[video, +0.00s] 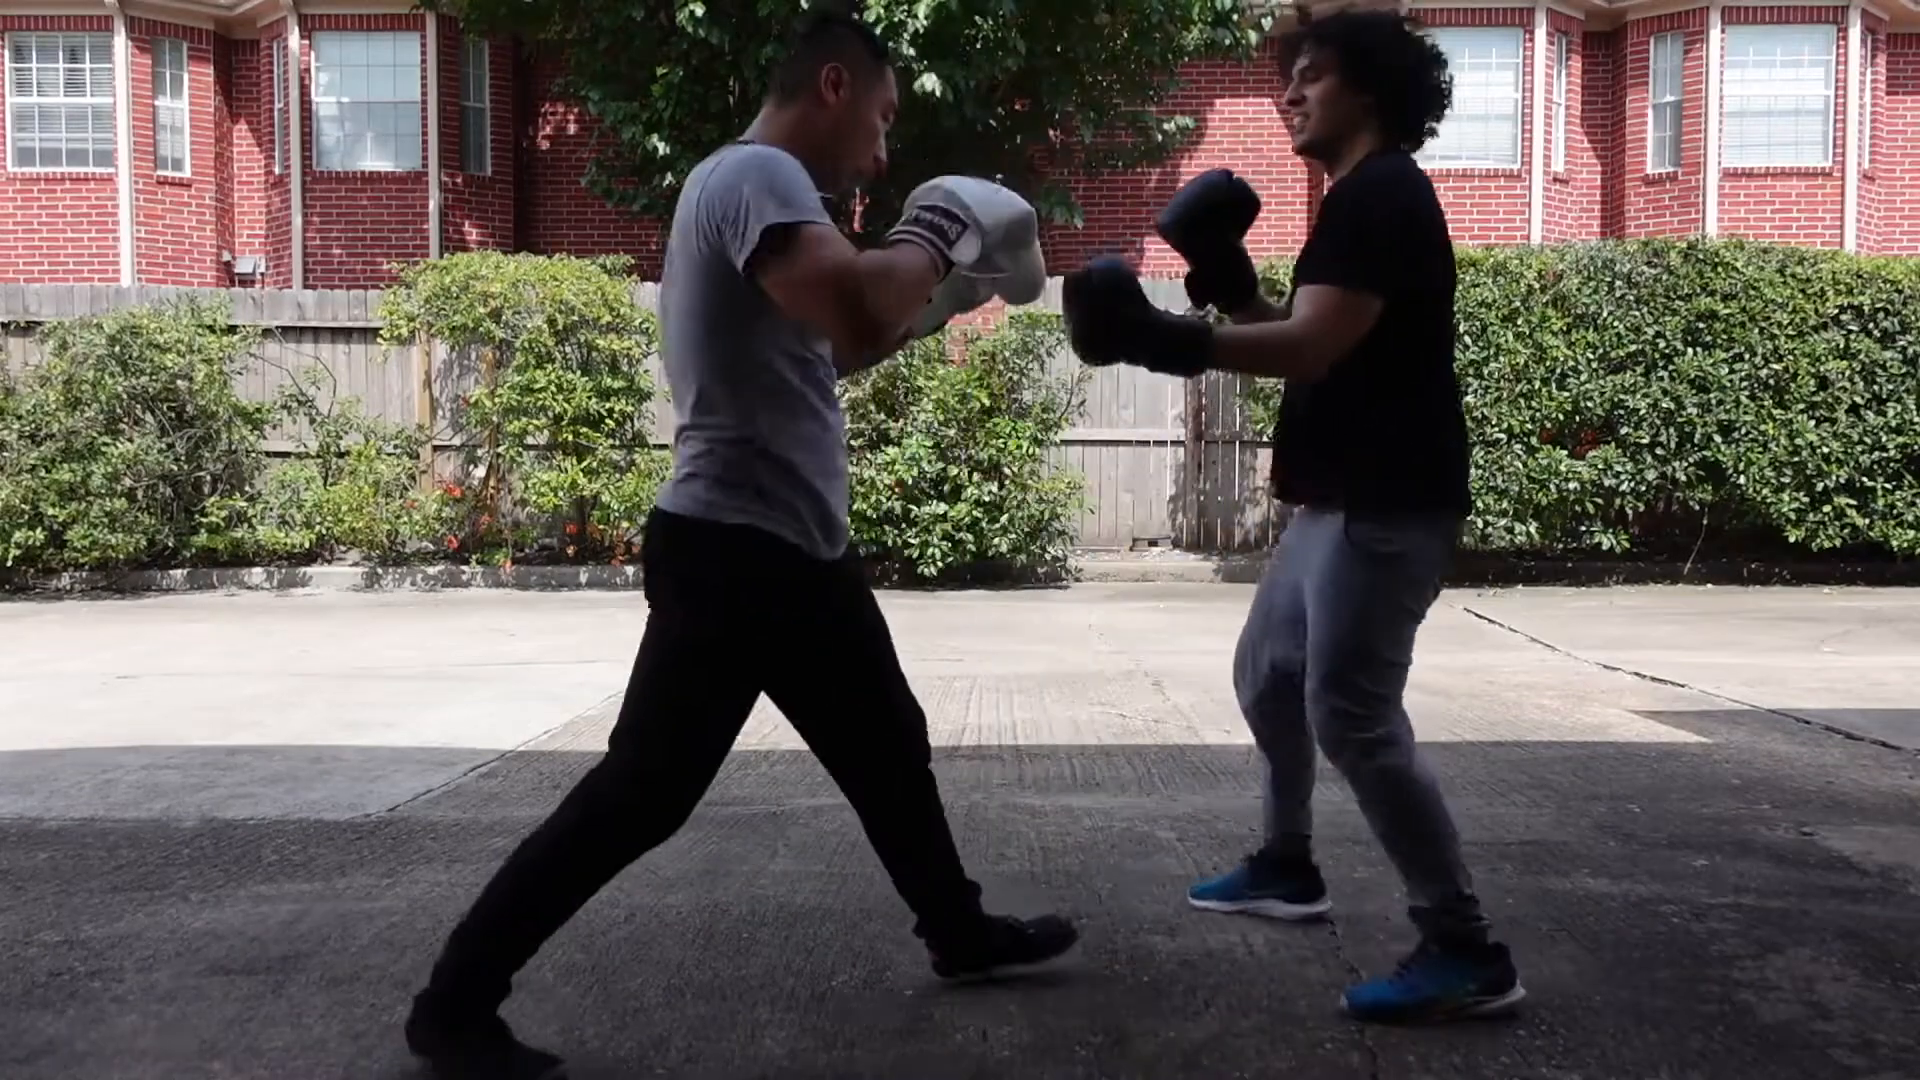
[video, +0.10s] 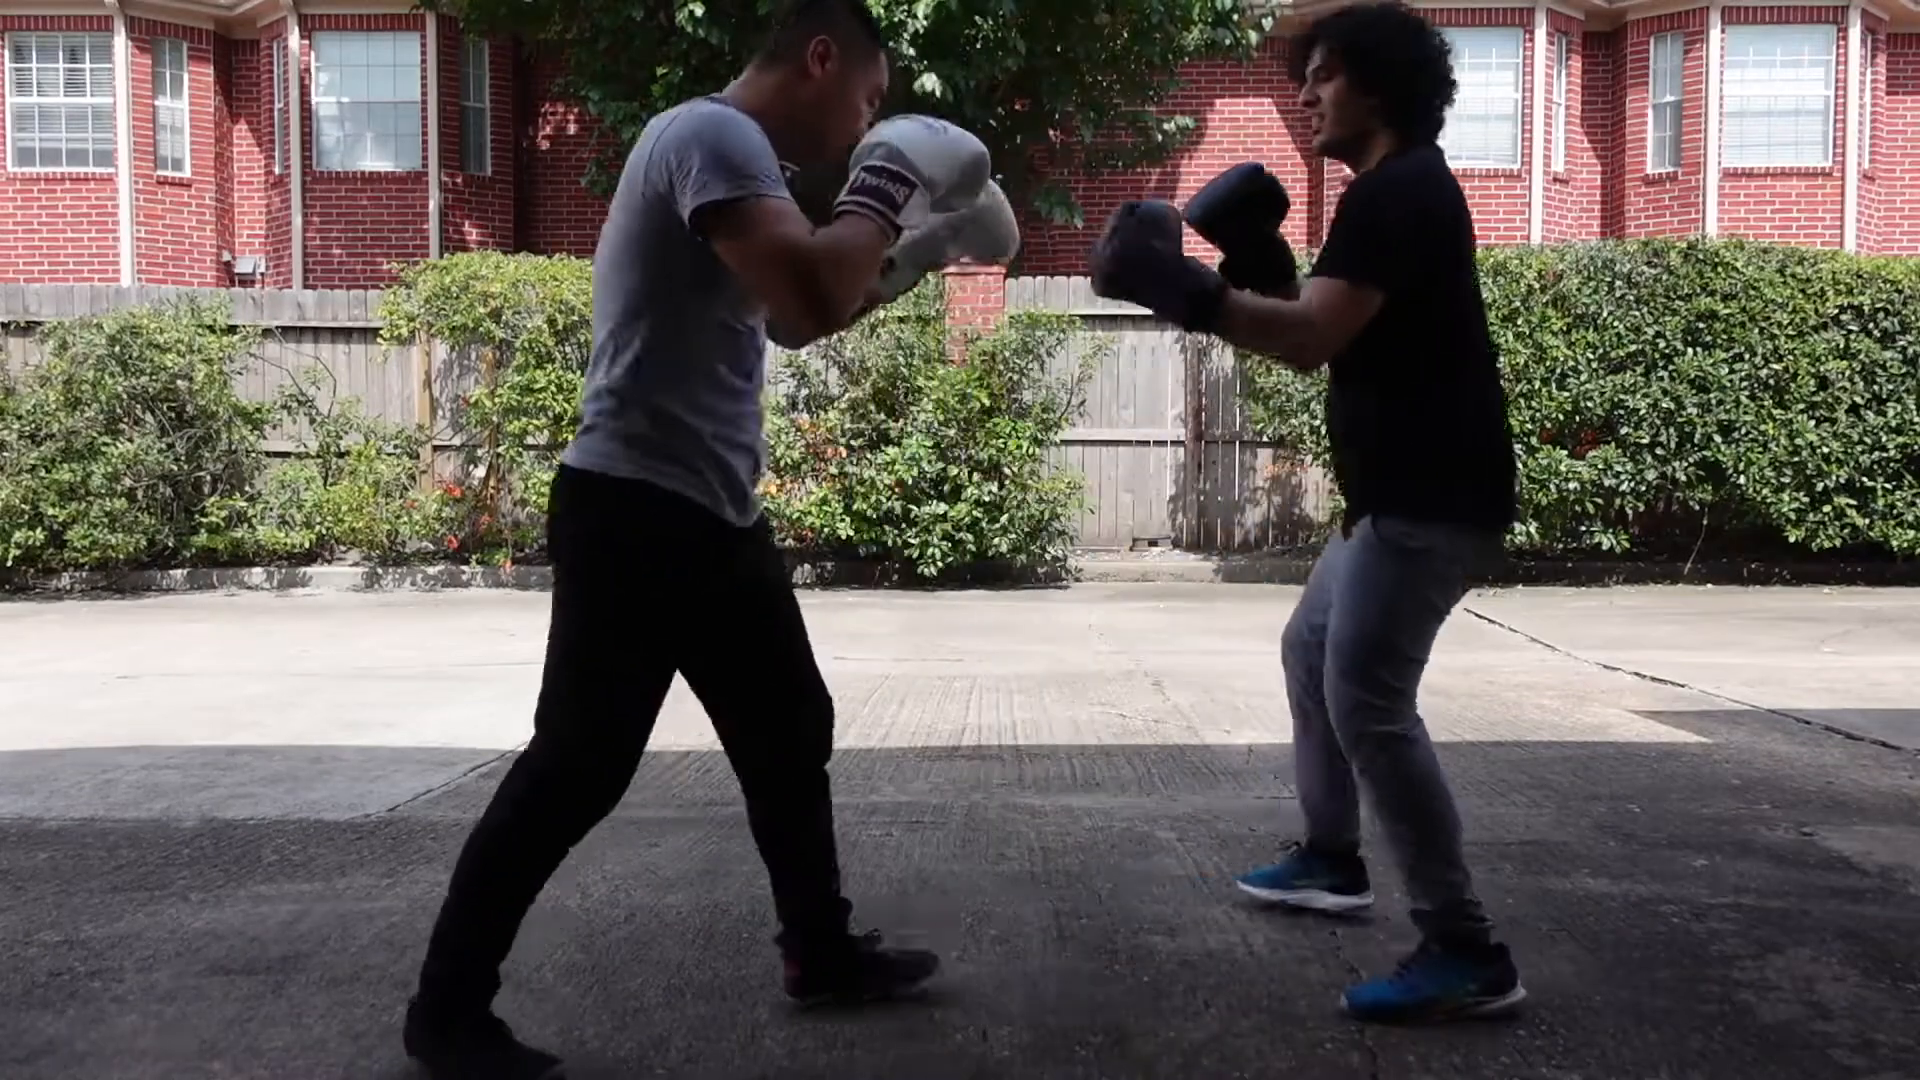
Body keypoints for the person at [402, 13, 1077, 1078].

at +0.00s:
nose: (884, 147)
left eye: (891, 124)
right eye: (884, 116)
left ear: (812, 84)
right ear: (832, 84)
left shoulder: (755, 195)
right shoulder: (754, 173)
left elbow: (850, 346)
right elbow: (846, 306)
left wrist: (956, 277)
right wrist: (940, 225)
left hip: (788, 550)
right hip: (737, 547)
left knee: (889, 752)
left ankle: (962, 932)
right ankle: (456, 1001)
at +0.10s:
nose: (865, 124)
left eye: (875, 109)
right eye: (871, 101)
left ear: (802, 60)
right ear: (819, 57)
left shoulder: (739, 159)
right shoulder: (711, 131)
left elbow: (800, 317)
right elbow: (807, 288)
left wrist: (920, 249)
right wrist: (888, 183)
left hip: (703, 513)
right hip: (634, 507)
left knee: (790, 731)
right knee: (578, 766)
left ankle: (821, 950)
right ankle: (447, 1011)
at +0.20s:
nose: (847, 81)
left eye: (857, 61)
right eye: (854, 53)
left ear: (783, 26)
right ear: (806, 20)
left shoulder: (733, 135)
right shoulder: (672, 80)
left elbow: (805, 274)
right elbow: (790, 247)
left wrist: (904, 171)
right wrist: (860, 125)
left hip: (657, 477)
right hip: (568, 456)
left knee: (695, 712)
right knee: (542, 733)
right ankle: (440, 996)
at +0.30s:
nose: (802, 88)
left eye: (815, 67)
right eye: (807, 60)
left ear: (756, 30)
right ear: (760, 26)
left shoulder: (703, 149)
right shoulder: (627, 98)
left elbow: (789, 286)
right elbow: (765, 258)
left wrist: (866, 173)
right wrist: (824, 125)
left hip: (621, 499)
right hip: (543, 479)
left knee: (572, 758)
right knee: (497, 749)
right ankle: (382, 1027)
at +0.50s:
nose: (784, 99)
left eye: (793, 82)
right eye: (791, 72)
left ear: (724, 35)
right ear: (748, 35)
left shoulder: (646, 127)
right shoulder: (613, 101)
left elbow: (733, 296)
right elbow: (748, 280)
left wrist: (811, 197)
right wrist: (818, 152)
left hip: (604, 495)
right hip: (531, 485)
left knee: (646, 733)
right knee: (493, 754)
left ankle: (437, 928)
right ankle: (391, 1035)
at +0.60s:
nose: (806, 73)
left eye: (815, 54)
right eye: (810, 46)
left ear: (727, 22)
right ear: (757, 20)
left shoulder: (634, 107)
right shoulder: (648, 94)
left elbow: (676, 301)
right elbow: (792, 273)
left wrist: (801, 182)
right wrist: (850, 138)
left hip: (634, 493)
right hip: (555, 491)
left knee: (697, 717)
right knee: (504, 760)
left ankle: (596, 960)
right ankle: (390, 1033)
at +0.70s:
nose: (817, 79)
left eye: (827, 60)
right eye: (822, 52)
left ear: (738, 24)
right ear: (772, 24)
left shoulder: (630, 106)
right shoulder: (682, 107)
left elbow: (705, 292)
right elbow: (829, 279)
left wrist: (811, 161)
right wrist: (871, 140)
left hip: (653, 503)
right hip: (612, 505)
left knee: (712, 756)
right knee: (523, 774)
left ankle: (772, 983)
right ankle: (391, 1031)